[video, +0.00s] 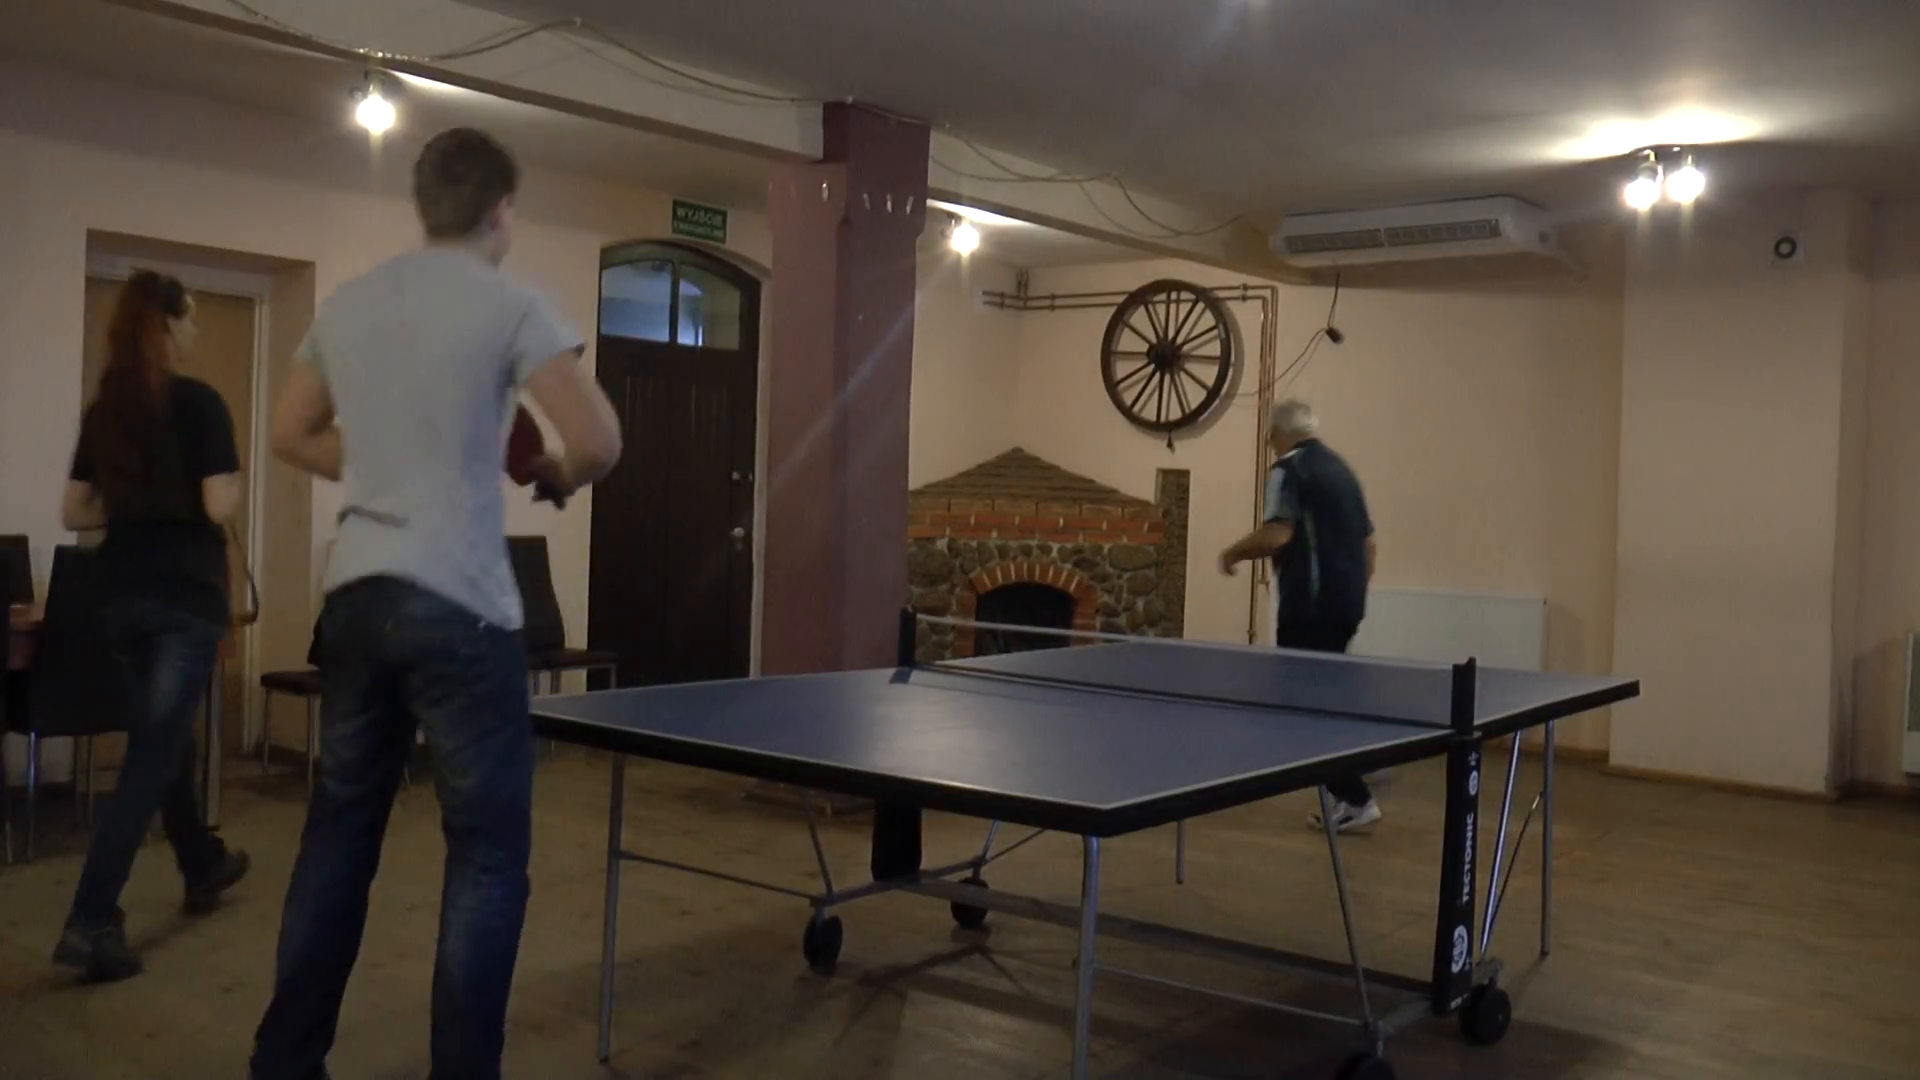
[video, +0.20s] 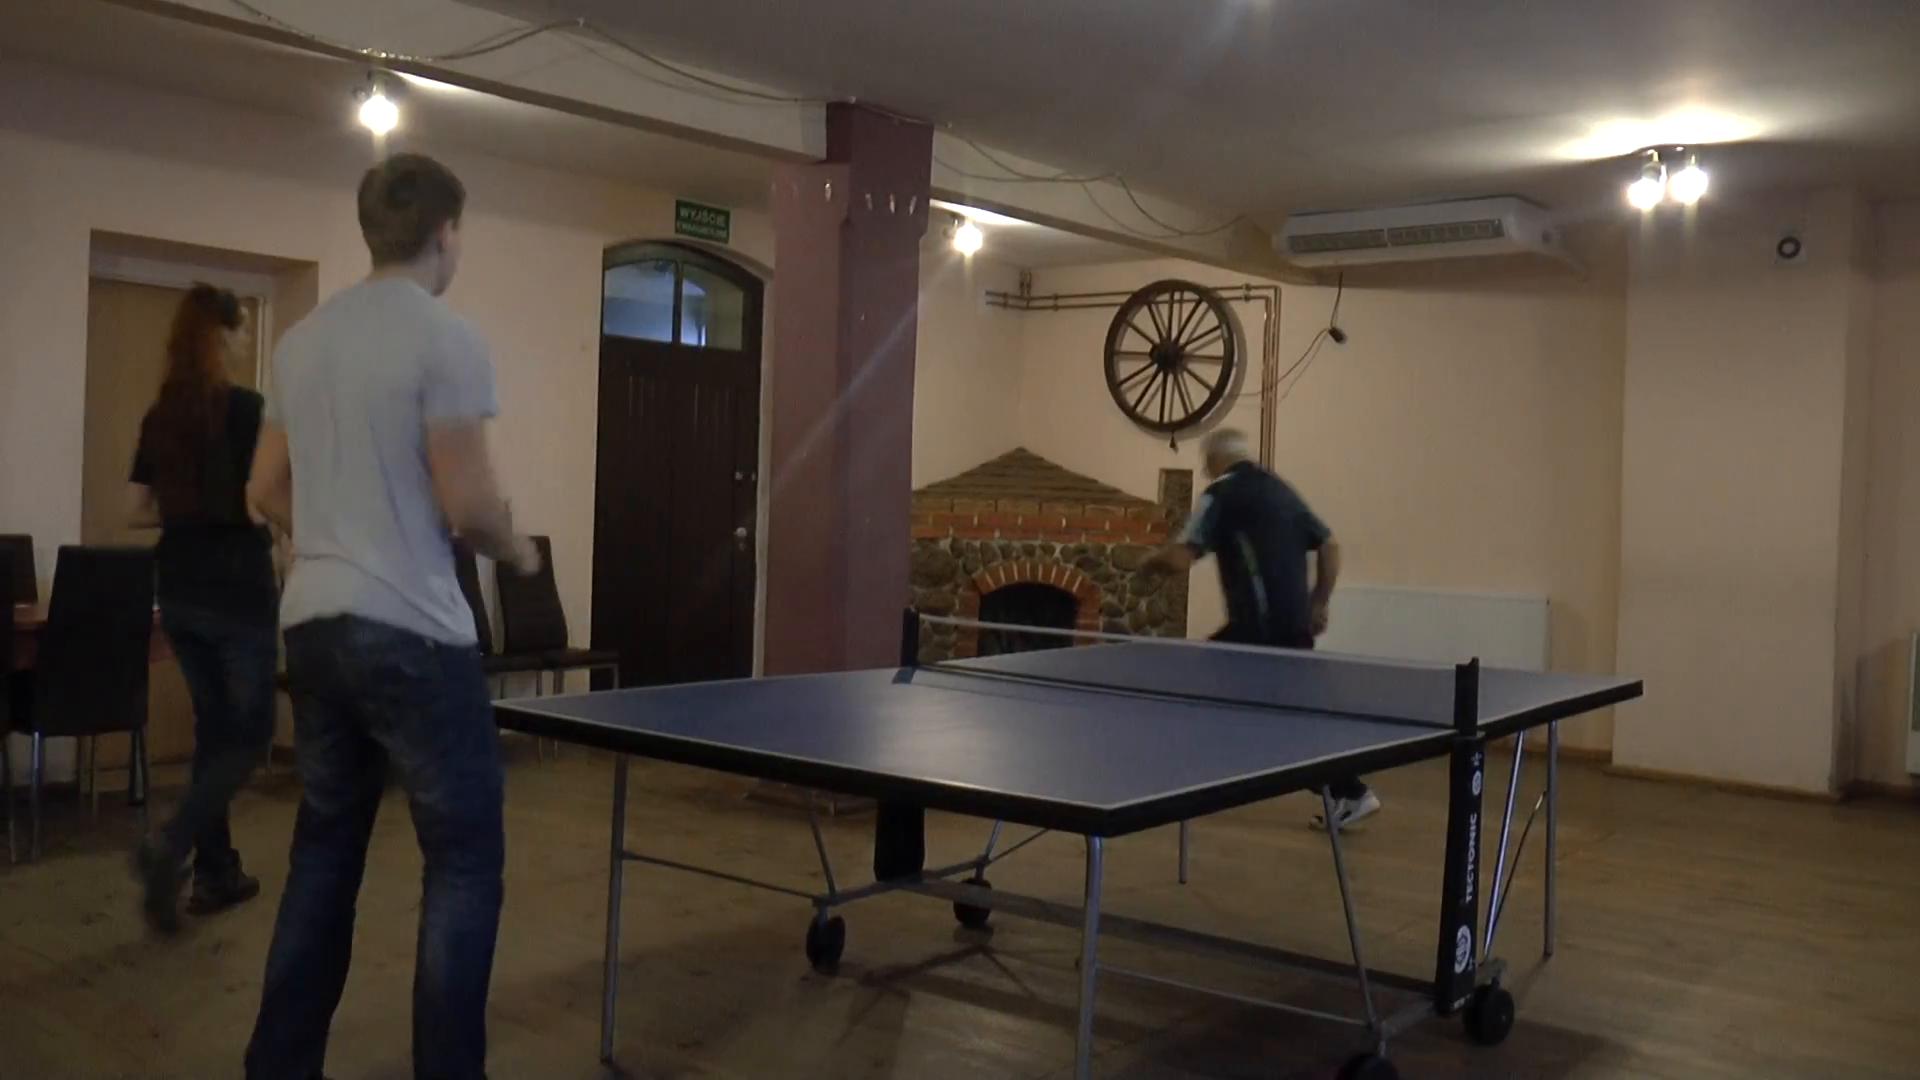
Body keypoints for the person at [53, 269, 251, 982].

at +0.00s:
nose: (193, 332)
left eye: (189, 320)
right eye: (189, 321)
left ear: (125, 325)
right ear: (170, 325)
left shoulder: (105, 404)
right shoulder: (200, 401)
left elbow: (75, 511)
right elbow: (222, 503)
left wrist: (134, 510)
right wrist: (221, 498)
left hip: (120, 590)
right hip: (187, 589)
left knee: (166, 742)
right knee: (149, 758)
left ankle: (203, 866)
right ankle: (90, 925)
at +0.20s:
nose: (248, 340)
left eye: (245, 328)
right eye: (243, 330)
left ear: (182, 334)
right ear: (224, 336)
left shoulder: (161, 411)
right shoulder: (249, 407)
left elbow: (140, 507)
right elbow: (265, 495)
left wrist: (191, 507)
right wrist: (291, 525)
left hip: (179, 586)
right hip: (240, 586)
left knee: (213, 728)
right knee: (252, 734)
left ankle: (217, 869)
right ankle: (169, 851)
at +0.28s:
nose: (260, 341)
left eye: (257, 330)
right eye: (257, 331)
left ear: (203, 331)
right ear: (242, 333)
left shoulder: (187, 402)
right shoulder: (260, 402)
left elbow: (166, 499)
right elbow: (278, 488)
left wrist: (217, 496)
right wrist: (290, 505)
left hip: (198, 576)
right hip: (257, 576)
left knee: (219, 717)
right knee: (283, 714)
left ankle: (215, 868)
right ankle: (219, 829)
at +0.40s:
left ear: (234, 338)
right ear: (286, 341)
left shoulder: (219, 408)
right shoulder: (300, 401)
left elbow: (202, 498)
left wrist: (254, 492)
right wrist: (287, 484)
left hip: (227, 572)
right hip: (285, 574)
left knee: (227, 724)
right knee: (298, 729)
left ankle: (218, 870)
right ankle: (303, 869)